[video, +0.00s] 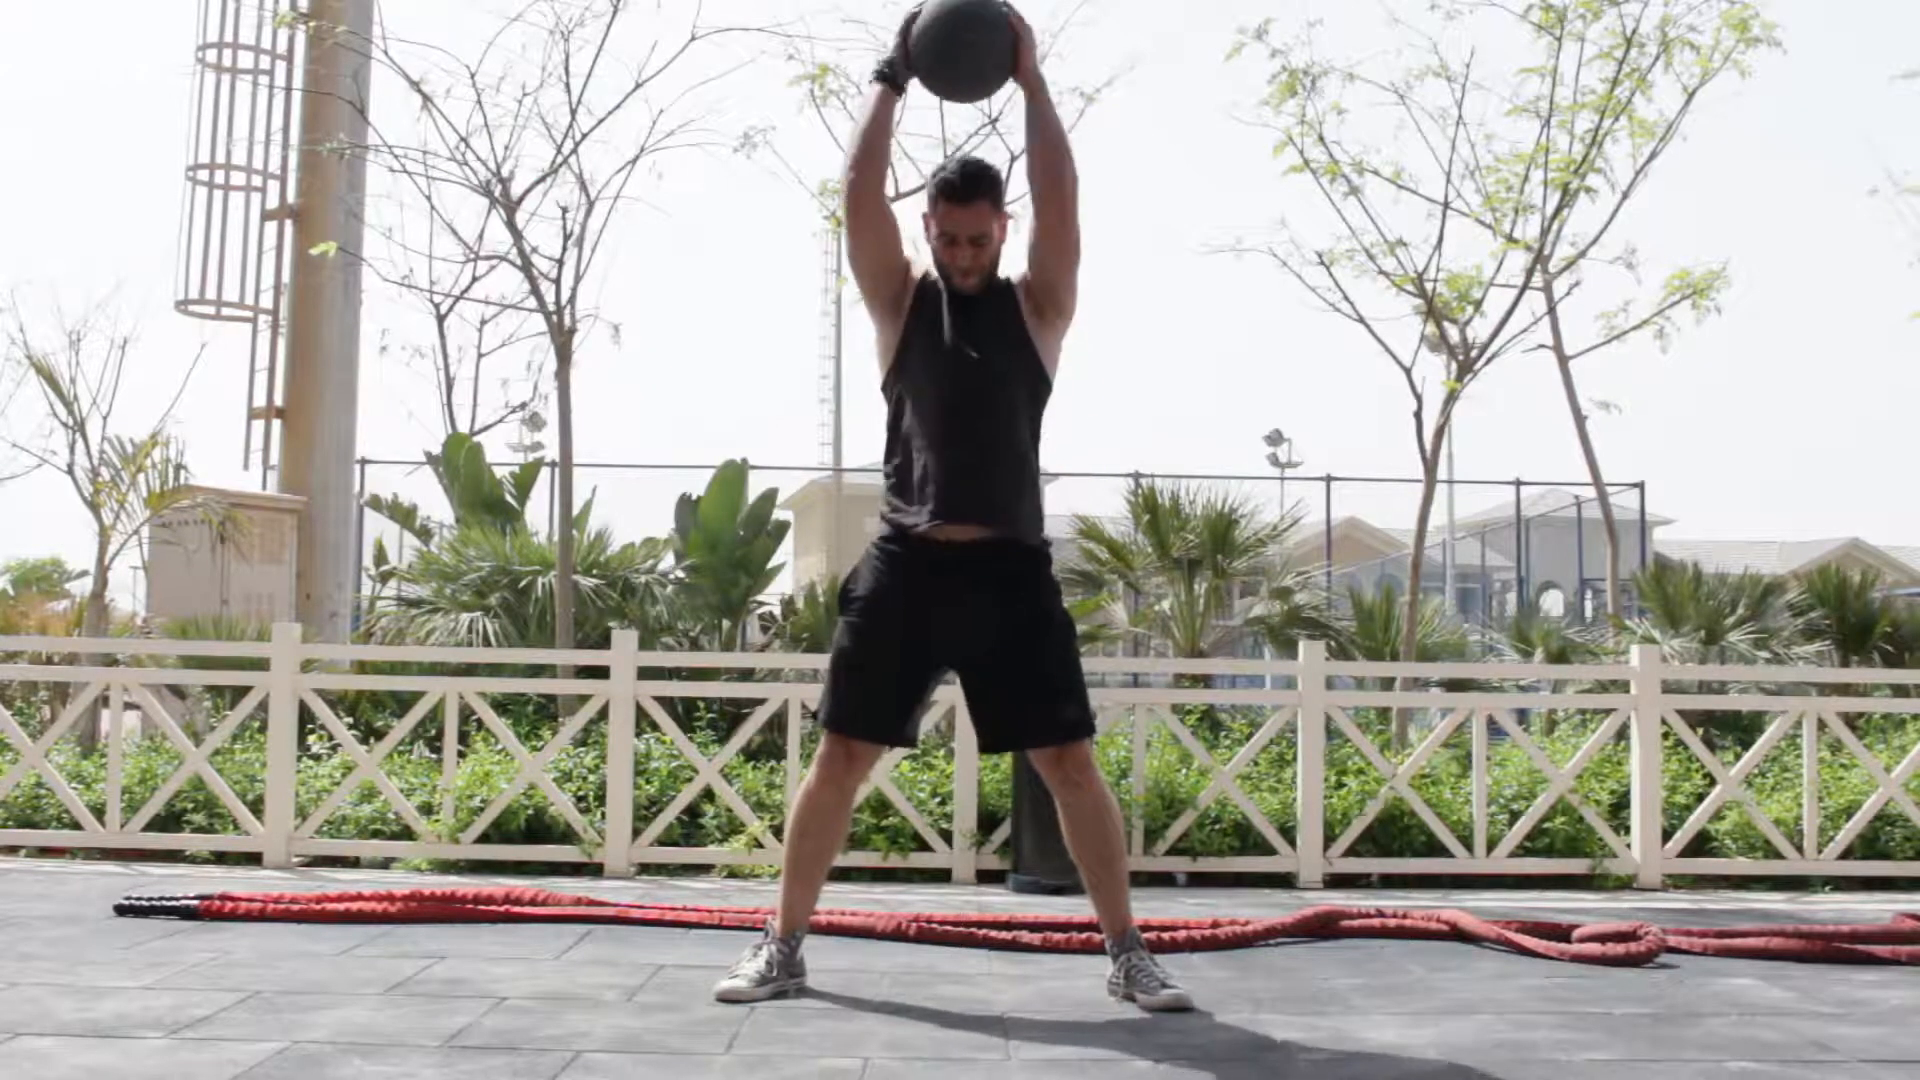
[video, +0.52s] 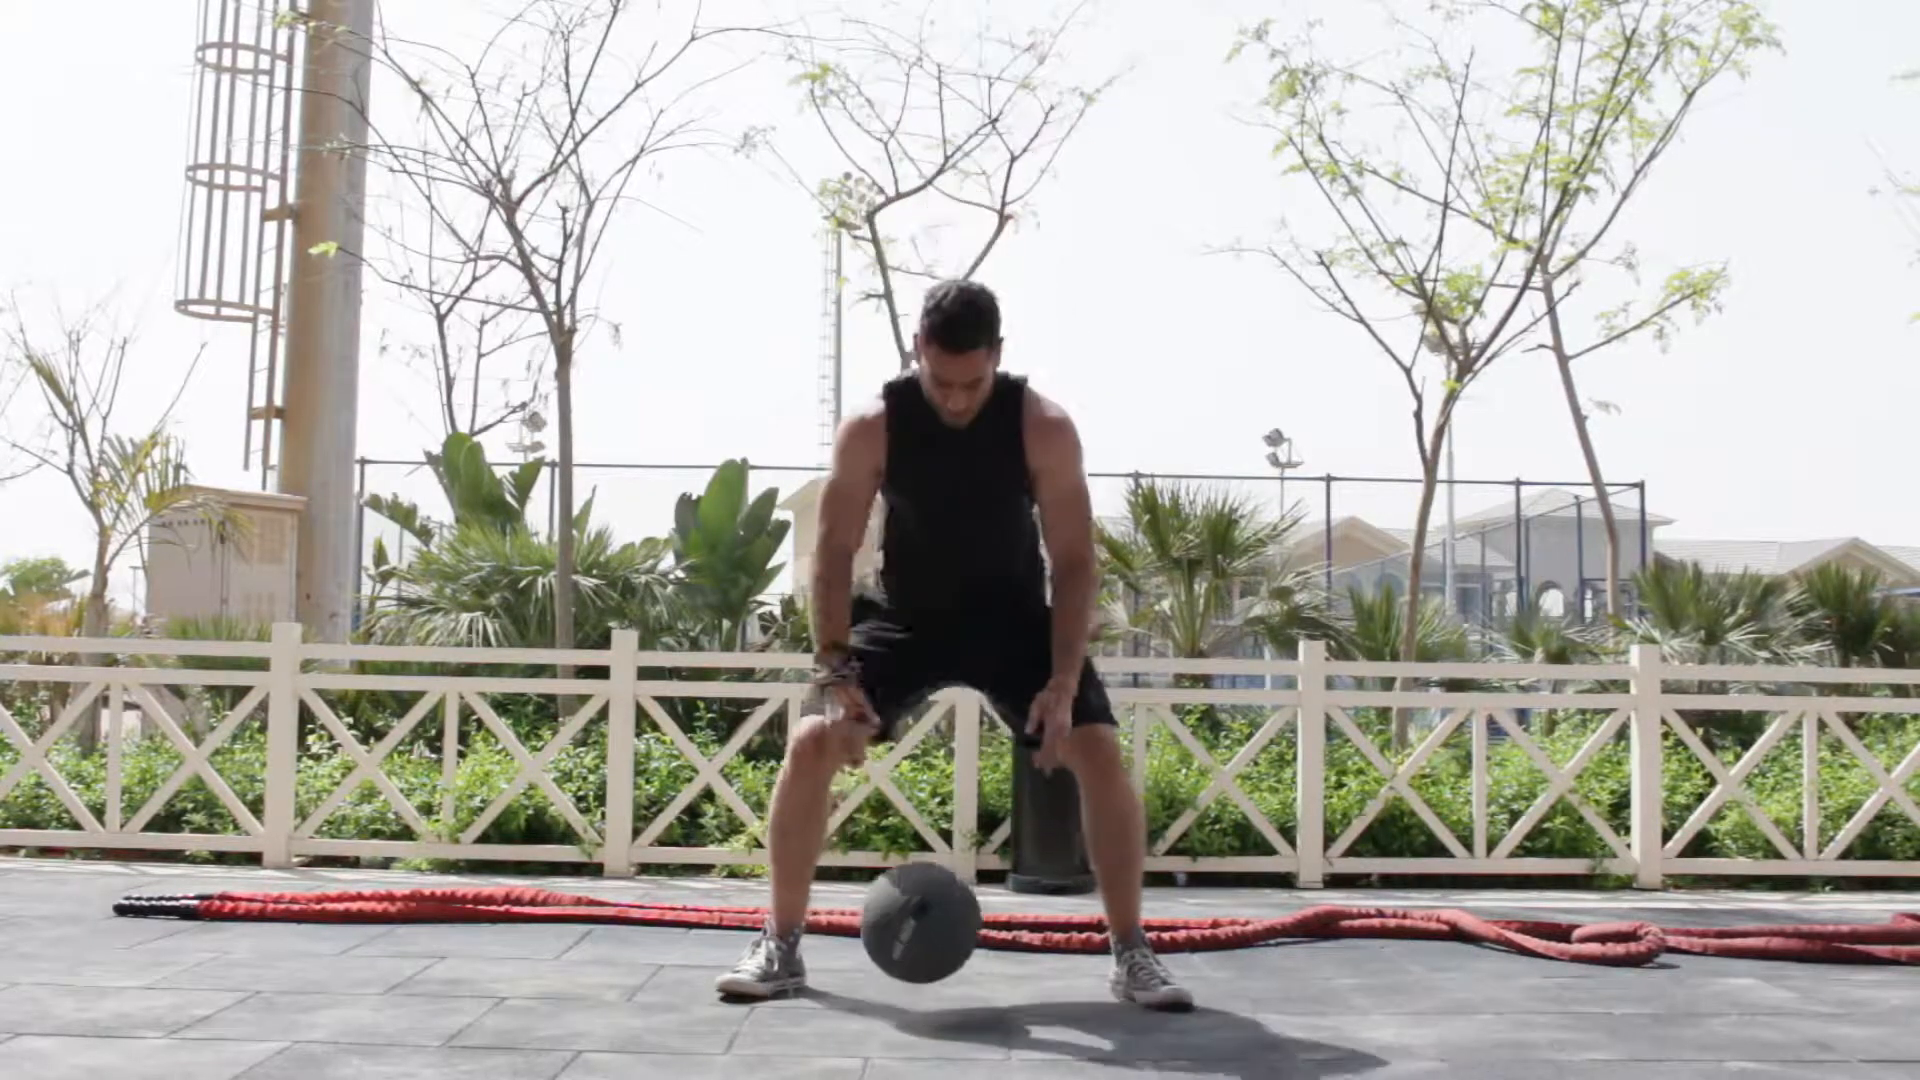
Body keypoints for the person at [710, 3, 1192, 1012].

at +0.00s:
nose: (965, 242)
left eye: (979, 228)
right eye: (950, 228)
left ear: (1005, 228)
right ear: (925, 229)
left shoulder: (1037, 312)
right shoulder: (901, 306)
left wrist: (1030, 75)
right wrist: (892, 76)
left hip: (1013, 569)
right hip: (906, 565)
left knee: (1069, 760)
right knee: (841, 756)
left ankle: (1127, 953)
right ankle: (782, 948)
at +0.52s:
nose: (957, 400)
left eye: (973, 384)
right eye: (942, 382)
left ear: (998, 359)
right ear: (917, 354)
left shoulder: (1043, 430)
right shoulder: (870, 432)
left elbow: (1074, 562)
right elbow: (834, 551)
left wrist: (1064, 681)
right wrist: (833, 669)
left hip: (1014, 626)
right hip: (904, 625)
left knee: (1101, 752)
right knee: (811, 743)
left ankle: (1132, 953)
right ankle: (780, 944)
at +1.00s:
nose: (940, 575)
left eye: (956, 560)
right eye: (927, 558)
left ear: (983, 539)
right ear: (904, 532)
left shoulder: (1024, 598)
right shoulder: (854, 596)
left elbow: (1018, 746)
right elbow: (853, 739)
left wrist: (992, 871)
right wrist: (857, 850)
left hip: (997, 741)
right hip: (893, 738)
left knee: (1112, 761)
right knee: (770, 757)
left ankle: (1132, 958)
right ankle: (777, 949)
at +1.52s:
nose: (974, 235)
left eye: (988, 223)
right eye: (961, 222)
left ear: (1012, 232)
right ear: (936, 230)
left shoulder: (1041, 315)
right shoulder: (901, 311)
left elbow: (1090, 239)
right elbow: (863, 237)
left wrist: (1047, 114)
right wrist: (905, 121)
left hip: (1016, 571)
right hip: (908, 569)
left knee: (1072, 761)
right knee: (842, 755)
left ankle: (1130, 954)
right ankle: (783, 947)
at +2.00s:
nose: (967, 245)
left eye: (981, 232)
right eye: (953, 231)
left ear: (1004, 233)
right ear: (925, 233)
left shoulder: (1037, 320)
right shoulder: (899, 311)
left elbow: (1061, 227)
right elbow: (868, 220)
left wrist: (1032, 106)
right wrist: (896, 104)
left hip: (1016, 574)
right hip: (909, 570)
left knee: (1073, 761)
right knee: (845, 754)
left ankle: (1129, 954)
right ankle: (781, 946)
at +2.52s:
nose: (969, 368)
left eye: (986, 353)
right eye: (955, 351)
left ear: (1011, 329)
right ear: (929, 323)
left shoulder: (1050, 411)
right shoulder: (881, 411)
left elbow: (1081, 536)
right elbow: (843, 538)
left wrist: (1074, 644)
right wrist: (838, 648)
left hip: (1017, 614)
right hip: (907, 613)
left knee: (1094, 752)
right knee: (819, 744)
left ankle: (1131, 951)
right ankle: (780, 949)